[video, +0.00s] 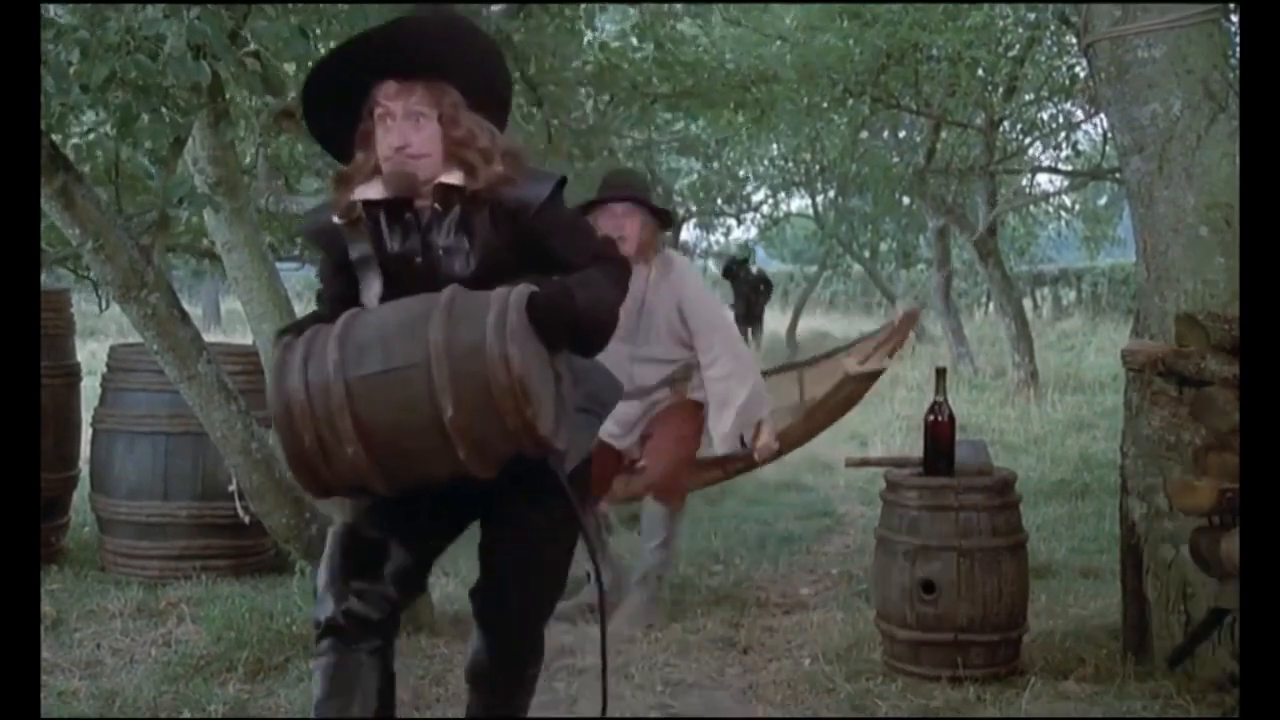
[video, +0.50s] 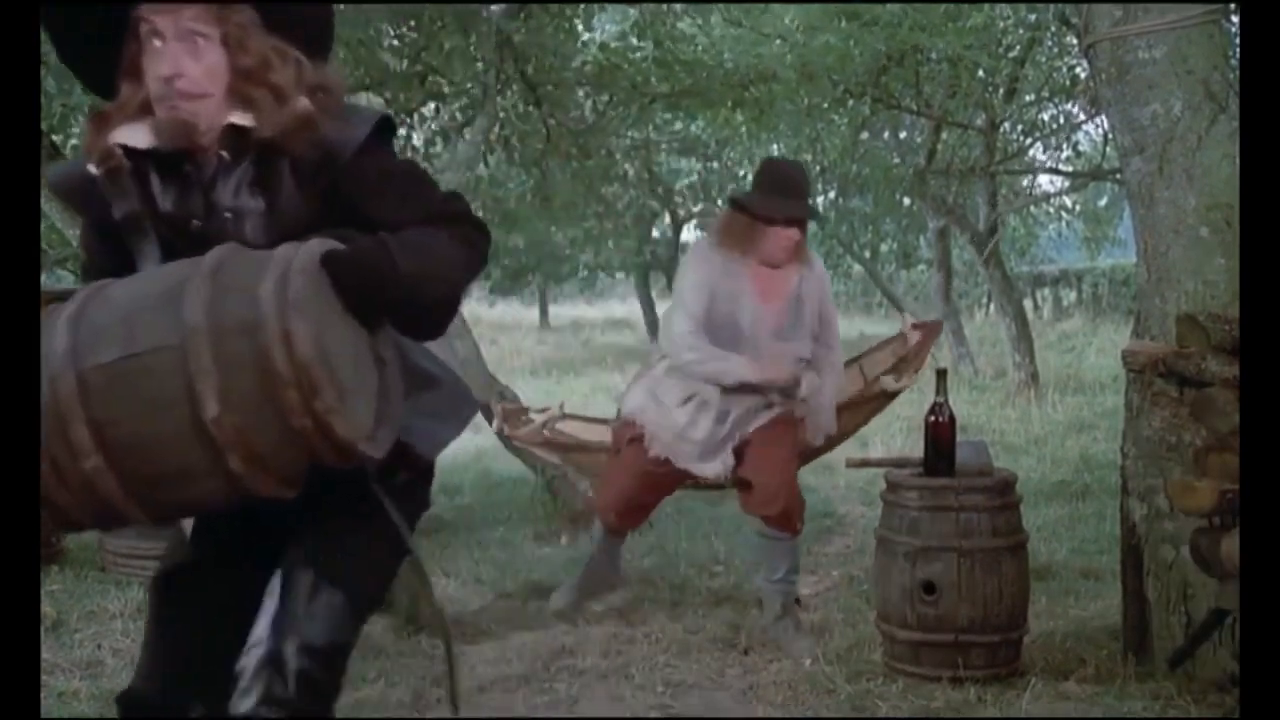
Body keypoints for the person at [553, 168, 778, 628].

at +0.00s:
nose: (615, 226)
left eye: (628, 214)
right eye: (605, 214)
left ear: (653, 226)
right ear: (590, 224)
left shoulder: (677, 278)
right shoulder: (585, 275)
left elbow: (725, 346)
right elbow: (557, 344)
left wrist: (756, 421)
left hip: (672, 398)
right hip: (605, 400)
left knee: (665, 469)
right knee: (574, 476)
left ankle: (649, 581)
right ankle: (602, 574)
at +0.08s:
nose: (631, 215)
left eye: (643, 204)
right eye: (620, 203)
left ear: (662, 217)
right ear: (603, 214)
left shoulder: (686, 272)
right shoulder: (585, 267)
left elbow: (737, 343)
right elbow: (550, 336)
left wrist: (748, 421)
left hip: (680, 392)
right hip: (611, 398)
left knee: (689, 463)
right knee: (571, 479)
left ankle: (691, 587)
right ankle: (604, 581)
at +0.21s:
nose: (662, 210)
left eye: (674, 198)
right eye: (651, 199)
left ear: (693, 208)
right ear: (634, 209)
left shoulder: (719, 269)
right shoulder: (606, 265)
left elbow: (765, 342)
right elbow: (550, 331)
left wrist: (765, 422)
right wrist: (527, 408)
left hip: (697, 400)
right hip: (614, 402)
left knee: (734, 483)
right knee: (573, 490)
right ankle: (606, 578)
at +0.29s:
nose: (696, 217)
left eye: (708, 205)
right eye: (685, 204)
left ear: (725, 216)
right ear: (664, 212)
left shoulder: (748, 275)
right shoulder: (634, 267)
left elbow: (794, 353)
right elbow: (582, 326)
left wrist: (766, 403)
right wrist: (586, 380)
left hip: (723, 406)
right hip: (641, 407)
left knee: (757, 480)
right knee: (588, 493)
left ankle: (777, 605)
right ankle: (607, 585)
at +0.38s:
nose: (738, 223)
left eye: (745, 213)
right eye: (727, 211)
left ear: (751, 221)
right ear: (698, 215)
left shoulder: (767, 275)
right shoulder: (656, 265)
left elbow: (803, 353)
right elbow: (609, 332)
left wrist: (812, 426)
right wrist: (649, 367)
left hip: (741, 411)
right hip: (662, 411)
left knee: (768, 490)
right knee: (597, 495)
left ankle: (779, 605)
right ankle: (609, 585)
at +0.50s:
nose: (790, 235)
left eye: (797, 225)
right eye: (779, 224)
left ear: (803, 229)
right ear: (751, 222)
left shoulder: (811, 275)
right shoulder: (706, 259)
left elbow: (828, 350)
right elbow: (681, 346)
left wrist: (822, 412)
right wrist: (757, 371)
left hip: (765, 404)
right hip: (688, 392)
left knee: (778, 493)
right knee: (621, 494)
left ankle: (780, 604)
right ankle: (600, 566)